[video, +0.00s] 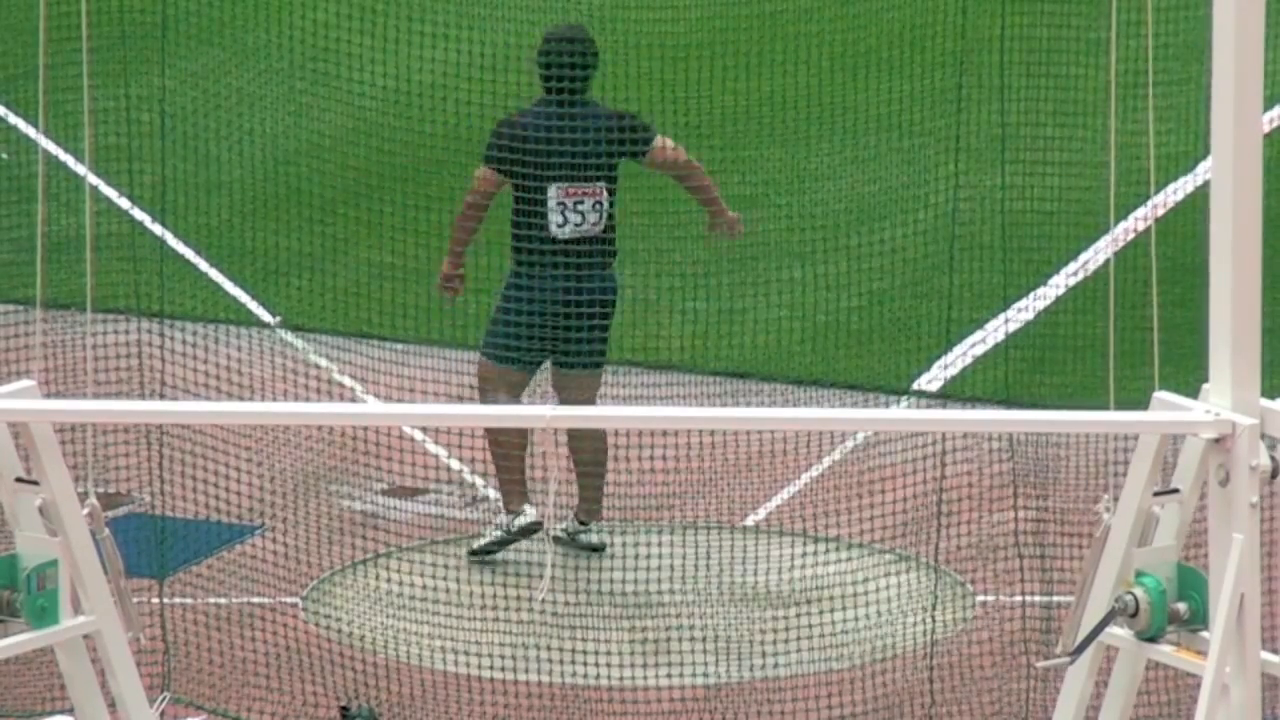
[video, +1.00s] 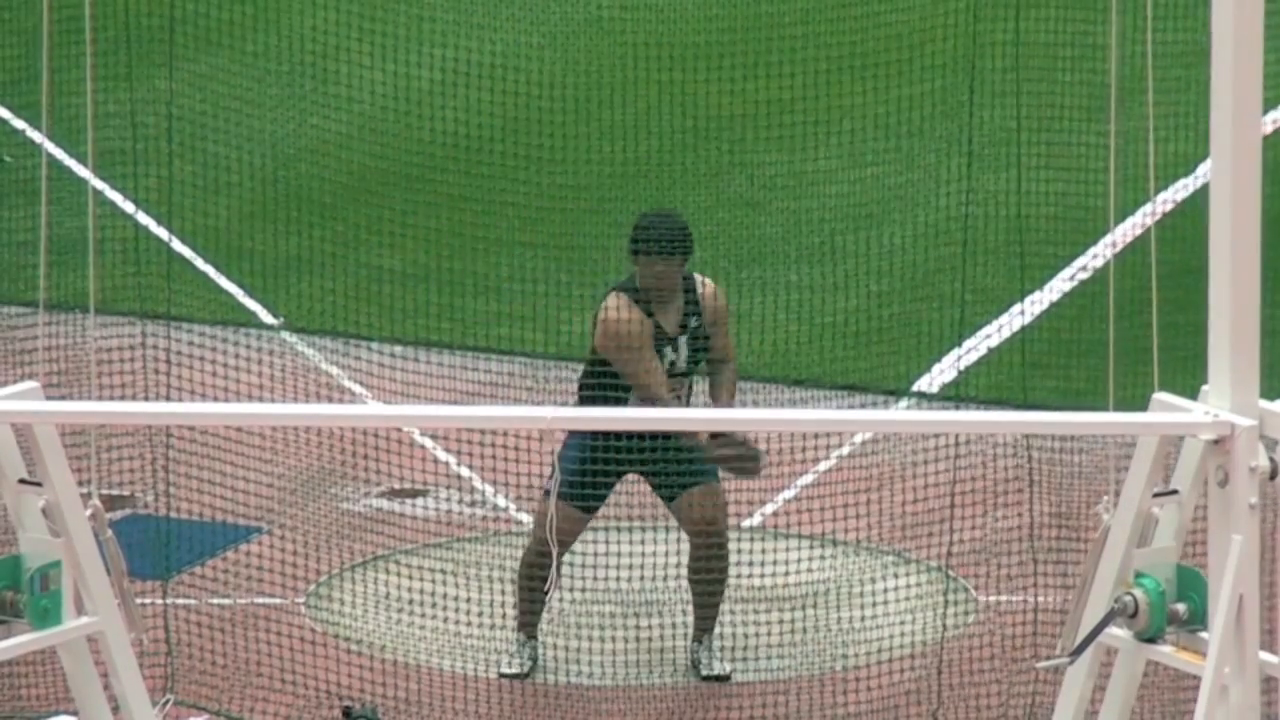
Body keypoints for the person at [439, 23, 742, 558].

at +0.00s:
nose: (565, 76)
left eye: (556, 65)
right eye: (572, 65)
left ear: (542, 70)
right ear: (591, 71)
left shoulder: (517, 128)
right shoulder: (613, 126)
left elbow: (481, 192)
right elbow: (677, 161)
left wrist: (454, 257)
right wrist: (719, 208)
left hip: (533, 284)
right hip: (595, 284)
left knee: (496, 385)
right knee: (580, 398)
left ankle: (517, 509)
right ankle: (588, 522)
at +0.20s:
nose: (567, 260)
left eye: (577, 250)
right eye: (559, 250)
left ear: (596, 252)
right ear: (547, 251)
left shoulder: (620, 303)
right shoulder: (540, 282)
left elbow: (647, 392)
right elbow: (510, 311)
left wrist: (606, 451)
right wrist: (494, 313)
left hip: (633, 427)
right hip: (570, 425)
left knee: (679, 538)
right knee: (524, 525)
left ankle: (703, 642)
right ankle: (524, 641)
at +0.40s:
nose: (585, 265)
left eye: (594, 256)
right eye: (578, 256)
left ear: (614, 259)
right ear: (567, 257)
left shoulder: (638, 310)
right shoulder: (552, 278)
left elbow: (656, 397)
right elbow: (506, 245)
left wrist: (607, 446)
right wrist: (468, 219)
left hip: (642, 429)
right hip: (576, 426)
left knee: (688, 533)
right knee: (530, 524)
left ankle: (703, 642)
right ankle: (524, 640)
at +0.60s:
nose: (617, 275)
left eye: (627, 265)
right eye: (608, 264)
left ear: (643, 266)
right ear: (594, 264)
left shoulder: (667, 316)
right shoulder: (569, 292)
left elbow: (687, 403)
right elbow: (498, 285)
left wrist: (634, 442)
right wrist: (429, 273)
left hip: (661, 431)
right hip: (588, 427)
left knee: (701, 531)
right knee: (536, 526)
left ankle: (705, 643)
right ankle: (524, 642)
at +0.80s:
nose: (644, 276)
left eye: (655, 266)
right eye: (635, 265)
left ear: (670, 267)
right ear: (619, 264)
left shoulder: (696, 312)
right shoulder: (595, 314)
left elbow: (716, 388)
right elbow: (550, 383)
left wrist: (676, 435)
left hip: (672, 434)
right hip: (599, 433)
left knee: (708, 527)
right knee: (543, 526)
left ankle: (705, 643)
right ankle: (525, 641)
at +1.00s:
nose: (656, 268)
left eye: (667, 258)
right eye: (647, 258)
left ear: (685, 261)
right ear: (635, 260)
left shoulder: (709, 298)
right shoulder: (618, 316)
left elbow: (723, 366)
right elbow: (658, 401)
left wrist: (724, 425)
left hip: (668, 432)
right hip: (602, 433)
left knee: (709, 523)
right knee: (552, 532)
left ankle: (704, 643)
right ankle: (525, 640)